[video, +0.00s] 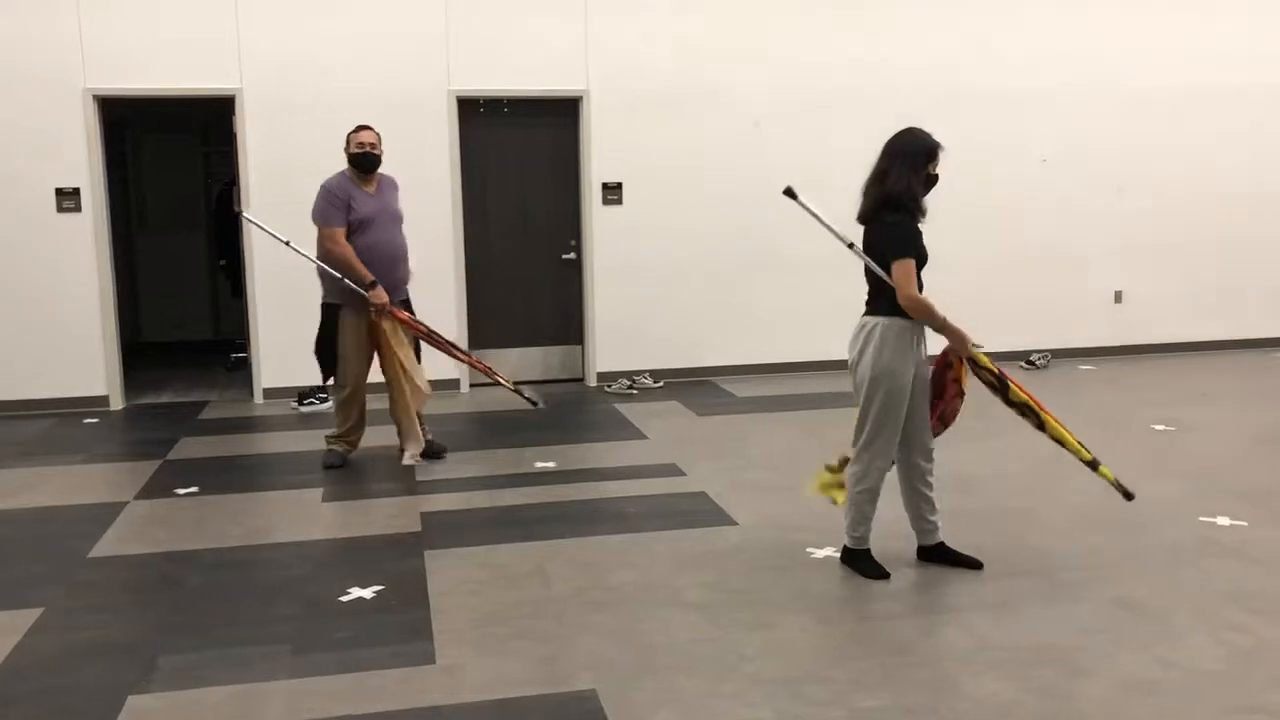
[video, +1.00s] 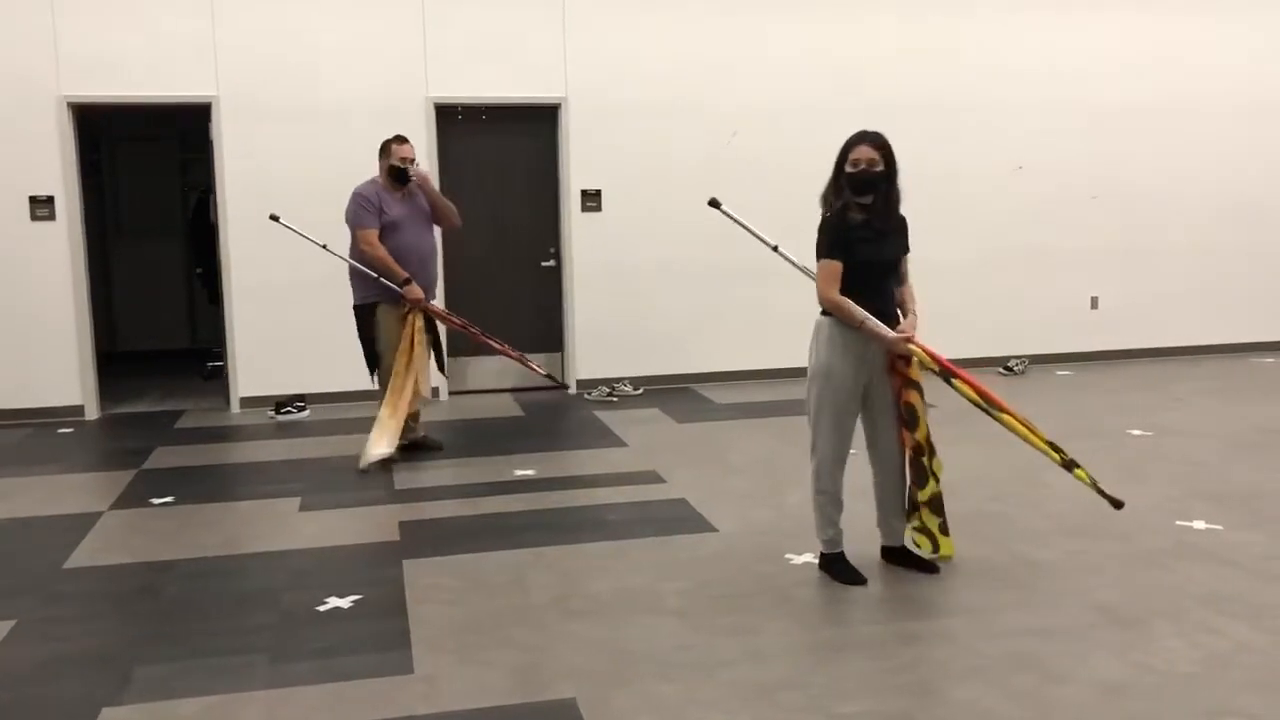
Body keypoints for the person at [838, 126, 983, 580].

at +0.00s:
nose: (935, 176)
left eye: (936, 167)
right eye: (931, 167)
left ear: (896, 164)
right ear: (914, 168)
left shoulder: (894, 218)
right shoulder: (895, 221)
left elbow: (897, 296)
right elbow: (907, 297)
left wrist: (937, 328)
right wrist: (952, 331)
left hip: (903, 339)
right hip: (886, 338)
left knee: (917, 448)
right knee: (875, 449)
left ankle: (929, 542)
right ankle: (856, 546)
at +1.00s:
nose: (863, 170)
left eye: (873, 164)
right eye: (855, 163)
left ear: (887, 170)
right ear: (842, 168)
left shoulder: (895, 223)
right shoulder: (836, 222)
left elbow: (901, 280)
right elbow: (828, 296)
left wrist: (911, 317)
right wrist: (881, 333)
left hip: (883, 339)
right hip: (839, 340)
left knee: (890, 445)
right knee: (831, 448)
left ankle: (894, 543)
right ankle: (830, 550)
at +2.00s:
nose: (866, 181)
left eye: (874, 175)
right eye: (858, 173)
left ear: (883, 181)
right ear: (841, 175)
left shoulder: (875, 229)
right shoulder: (831, 227)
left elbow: (871, 296)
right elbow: (835, 302)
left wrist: (888, 364)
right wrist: (880, 354)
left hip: (872, 345)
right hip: (833, 344)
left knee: (877, 454)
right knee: (819, 456)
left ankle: (878, 552)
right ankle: (800, 557)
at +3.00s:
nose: (863, 169)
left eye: (861, 159)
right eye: (859, 160)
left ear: (817, 160)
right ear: (848, 163)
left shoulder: (823, 211)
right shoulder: (828, 215)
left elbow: (831, 288)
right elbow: (833, 290)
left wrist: (858, 344)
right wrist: (868, 345)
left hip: (834, 330)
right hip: (817, 330)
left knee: (841, 435)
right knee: (804, 435)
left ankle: (851, 526)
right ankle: (774, 532)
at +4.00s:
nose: (850, 159)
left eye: (853, 151)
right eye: (844, 151)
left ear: (843, 148)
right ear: (821, 147)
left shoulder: (826, 200)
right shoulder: (800, 200)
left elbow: (828, 274)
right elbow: (810, 276)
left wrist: (855, 328)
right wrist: (862, 321)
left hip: (833, 318)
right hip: (800, 317)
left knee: (833, 423)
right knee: (782, 424)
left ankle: (837, 518)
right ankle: (760, 523)